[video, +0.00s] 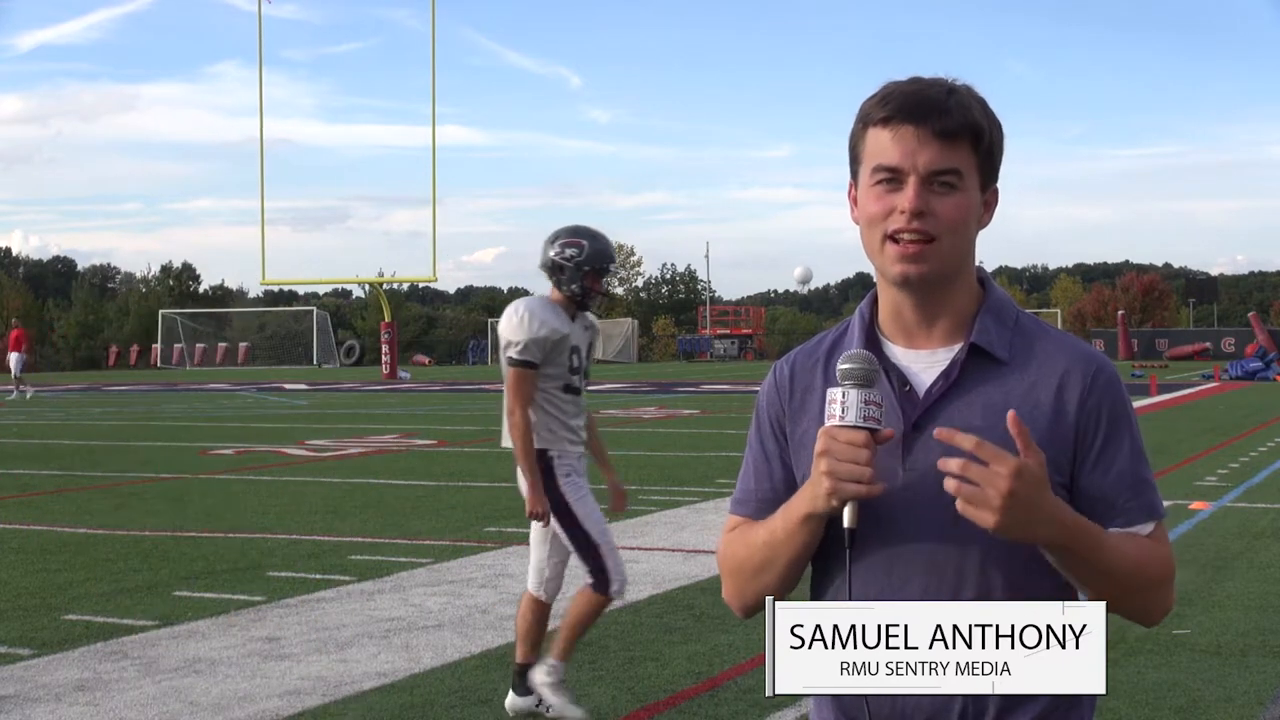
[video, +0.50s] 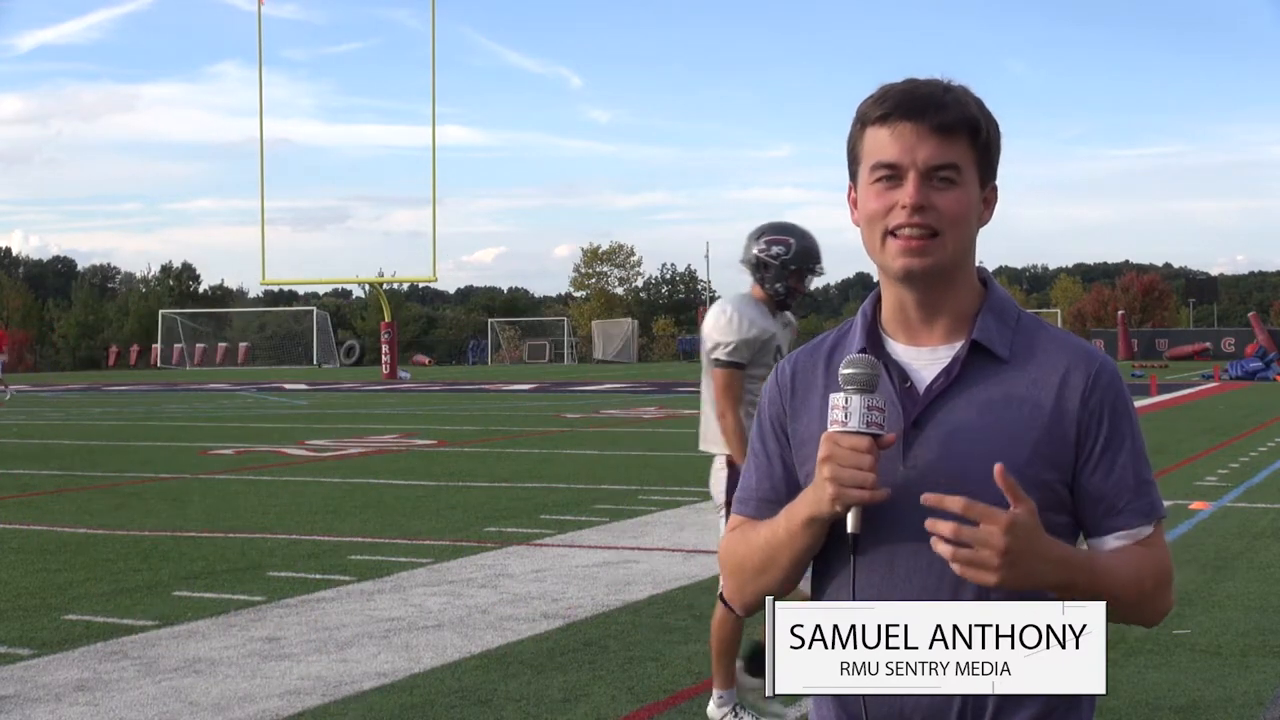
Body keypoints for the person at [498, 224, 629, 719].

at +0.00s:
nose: (602, 285)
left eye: (603, 275)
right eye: (596, 275)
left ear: (578, 272)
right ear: (571, 272)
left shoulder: (585, 327)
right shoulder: (527, 317)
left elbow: (578, 410)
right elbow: (517, 410)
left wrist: (609, 474)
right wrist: (532, 484)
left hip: (568, 462)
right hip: (546, 463)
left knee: (543, 582)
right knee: (607, 578)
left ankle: (522, 690)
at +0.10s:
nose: (641, 286)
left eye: (643, 277)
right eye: (635, 277)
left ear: (623, 276)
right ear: (607, 274)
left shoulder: (625, 328)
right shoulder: (565, 321)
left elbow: (631, 402)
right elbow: (549, 410)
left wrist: (681, 457)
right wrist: (556, 490)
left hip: (604, 464)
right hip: (582, 465)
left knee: (562, 582)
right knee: (644, 580)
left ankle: (528, 686)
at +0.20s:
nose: (682, 292)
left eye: (683, 283)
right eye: (675, 283)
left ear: (661, 280)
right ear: (648, 280)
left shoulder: (666, 333)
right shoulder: (607, 328)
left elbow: (679, 403)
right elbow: (586, 420)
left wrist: (741, 442)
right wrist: (590, 498)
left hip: (645, 468)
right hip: (625, 470)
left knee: (596, 586)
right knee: (675, 590)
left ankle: (538, 678)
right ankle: (712, 706)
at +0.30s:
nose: (724, 294)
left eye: (726, 284)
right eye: (718, 284)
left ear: (698, 283)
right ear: (691, 281)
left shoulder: (707, 331)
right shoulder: (648, 329)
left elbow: (711, 402)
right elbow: (631, 422)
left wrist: (758, 440)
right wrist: (636, 500)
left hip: (693, 468)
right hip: (668, 469)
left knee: (669, 596)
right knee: (705, 587)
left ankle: (579, 659)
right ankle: (718, 706)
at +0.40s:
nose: (765, 289)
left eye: (766, 280)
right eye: (760, 280)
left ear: (734, 277)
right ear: (735, 276)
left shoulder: (742, 323)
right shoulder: (689, 322)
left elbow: (736, 387)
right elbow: (679, 416)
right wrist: (695, 496)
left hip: (743, 464)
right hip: (708, 466)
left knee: (746, 588)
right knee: (721, 590)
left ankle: (657, 646)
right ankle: (719, 706)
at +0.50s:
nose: (805, 285)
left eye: (807, 275)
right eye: (800, 274)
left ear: (771, 269)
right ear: (775, 269)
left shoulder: (784, 323)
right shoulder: (733, 317)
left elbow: (785, 399)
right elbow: (726, 408)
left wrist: (792, 458)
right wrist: (747, 467)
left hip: (775, 464)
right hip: (738, 467)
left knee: (787, 578)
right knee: (738, 587)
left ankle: (756, 674)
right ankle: (723, 698)